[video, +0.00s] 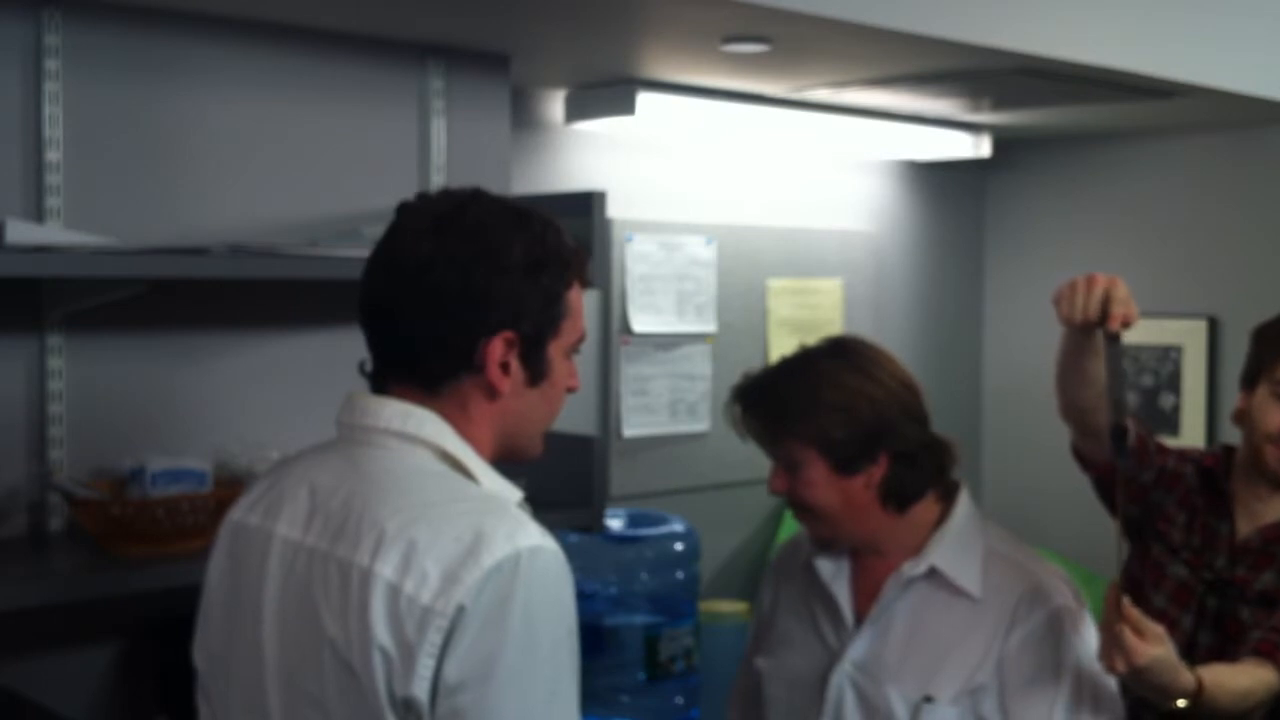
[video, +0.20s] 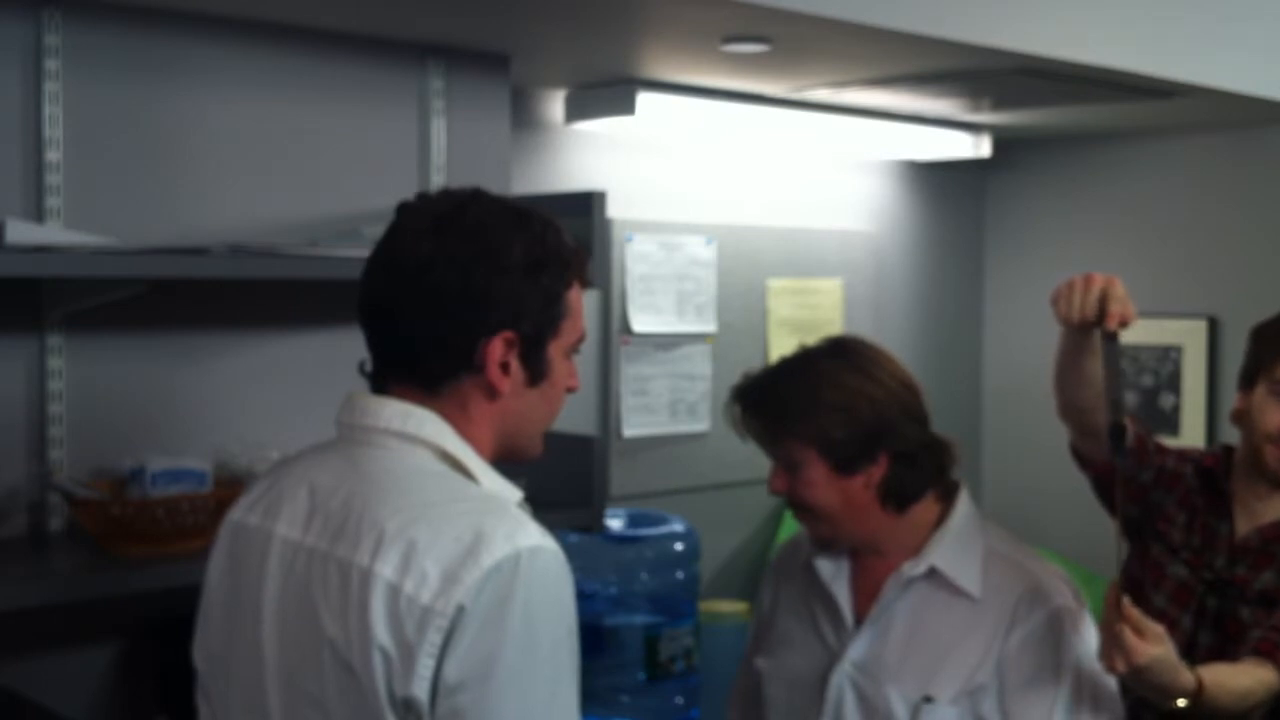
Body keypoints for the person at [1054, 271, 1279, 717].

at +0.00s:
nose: (1278, 418)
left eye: (1279, 397)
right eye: (1275, 394)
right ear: (1243, 401)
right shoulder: (1174, 485)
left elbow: (1267, 674)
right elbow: (1092, 426)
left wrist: (1186, 686)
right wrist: (1086, 330)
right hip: (1128, 704)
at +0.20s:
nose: (1279, 418)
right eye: (1276, 393)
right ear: (1242, 401)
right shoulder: (1172, 485)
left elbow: (1268, 674)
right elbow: (1090, 426)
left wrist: (1186, 686)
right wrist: (1083, 329)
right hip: (1128, 704)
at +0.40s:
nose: (1279, 417)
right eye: (1275, 392)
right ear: (1241, 401)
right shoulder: (1171, 484)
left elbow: (1267, 674)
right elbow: (1089, 427)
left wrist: (1185, 686)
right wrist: (1082, 329)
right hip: (1126, 704)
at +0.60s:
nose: (1279, 419)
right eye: (1276, 394)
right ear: (1241, 402)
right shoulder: (1171, 484)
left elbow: (1268, 674)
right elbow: (1089, 428)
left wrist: (1186, 686)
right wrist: (1083, 329)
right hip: (1129, 705)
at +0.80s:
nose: (1279, 419)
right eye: (1275, 394)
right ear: (1241, 400)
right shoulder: (1169, 485)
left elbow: (1268, 675)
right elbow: (1089, 427)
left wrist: (1186, 686)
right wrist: (1083, 329)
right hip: (1131, 703)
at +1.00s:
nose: (1279, 419)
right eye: (1275, 394)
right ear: (1240, 401)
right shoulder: (1168, 485)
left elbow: (1268, 675)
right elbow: (1089, 427)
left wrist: (1186, 686)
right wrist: (1082, 329)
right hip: (1132, 704)